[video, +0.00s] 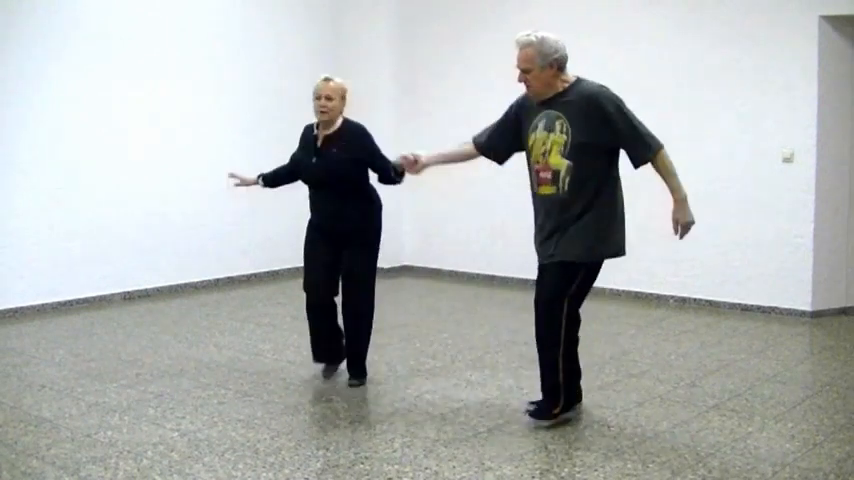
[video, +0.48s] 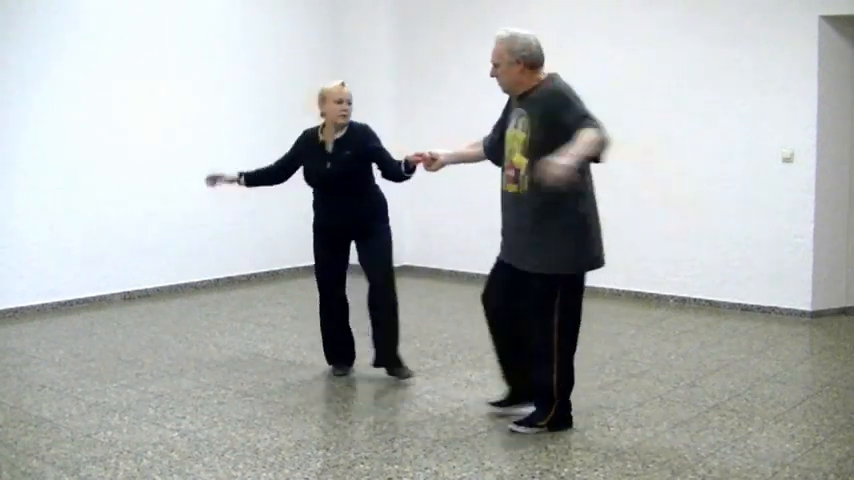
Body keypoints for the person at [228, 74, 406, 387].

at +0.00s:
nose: (323, 104)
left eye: (329, 99)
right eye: (318, 98)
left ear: (342, 103)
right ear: (313, 102)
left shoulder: (357, 135)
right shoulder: (310, 135)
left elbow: (385, 173)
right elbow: (296, 169)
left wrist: (400, 168)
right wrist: (257, 180)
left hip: (361, 226)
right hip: (323, 224)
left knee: (357, 295)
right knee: (316, 291)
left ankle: (357, 366)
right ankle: (332, 354)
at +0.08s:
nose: (318, 105)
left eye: (325, 100)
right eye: (314, 99)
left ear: (338, 105)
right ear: (309, 102)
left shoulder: (350, 136)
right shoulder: (307, 135)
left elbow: (376, 174)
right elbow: (300, 167)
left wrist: (386, 162)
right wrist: (273, 178)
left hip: (355, 228)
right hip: (321, 226)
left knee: (356, 294)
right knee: (319, 292)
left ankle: (360, 365)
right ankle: (344, 353)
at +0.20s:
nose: (315, 111)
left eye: (322, 106)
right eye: (311, 105)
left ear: (332, 111)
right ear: (303, 108)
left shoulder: (341, 139)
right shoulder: (301, 140)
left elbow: (370, 174)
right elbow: (299, 172)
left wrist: (383, 161)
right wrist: (290, 184)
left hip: (353, 224)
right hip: (322, 224)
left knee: (353, 290)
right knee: (327, 291)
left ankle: (362, 366)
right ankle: (348, 357)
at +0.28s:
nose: (318, 112)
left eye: (324, 108)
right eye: (312, 107)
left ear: (331, 112)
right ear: (302, 111)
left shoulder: (341, 139)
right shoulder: (299, 141)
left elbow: (372, 173)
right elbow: (300, 178)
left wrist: (387, 160)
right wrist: (286, 191)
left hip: (354, 222)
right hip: (322, 223)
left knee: (353, 288)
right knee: (327, 290)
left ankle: (361, 366)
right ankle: (346, 360)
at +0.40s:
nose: (332, 109)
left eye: (335, 104)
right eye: (325, 104)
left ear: (340, 108)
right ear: (311, 108)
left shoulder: (351, 135)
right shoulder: (302, 141)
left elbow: (381, 170)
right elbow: (288, 173)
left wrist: (397, 163)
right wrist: (254, 189)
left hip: (363, 220)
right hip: (326, 222)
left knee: (365, 284)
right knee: (329, 289)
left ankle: (374, 361)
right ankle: (345, 357)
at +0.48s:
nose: (345, 107)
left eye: (348, 102)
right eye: (338, 102)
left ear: (352, 106)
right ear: (322, 108)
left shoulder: (362, 135)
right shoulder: (309, 140)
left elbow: (392, 171)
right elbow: (279, 173)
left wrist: (409, 165)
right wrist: (237, 179)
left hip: (370, 222)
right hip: (329, 225)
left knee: (383, 284)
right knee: (330, 291)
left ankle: (388, 356)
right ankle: (340, 359)